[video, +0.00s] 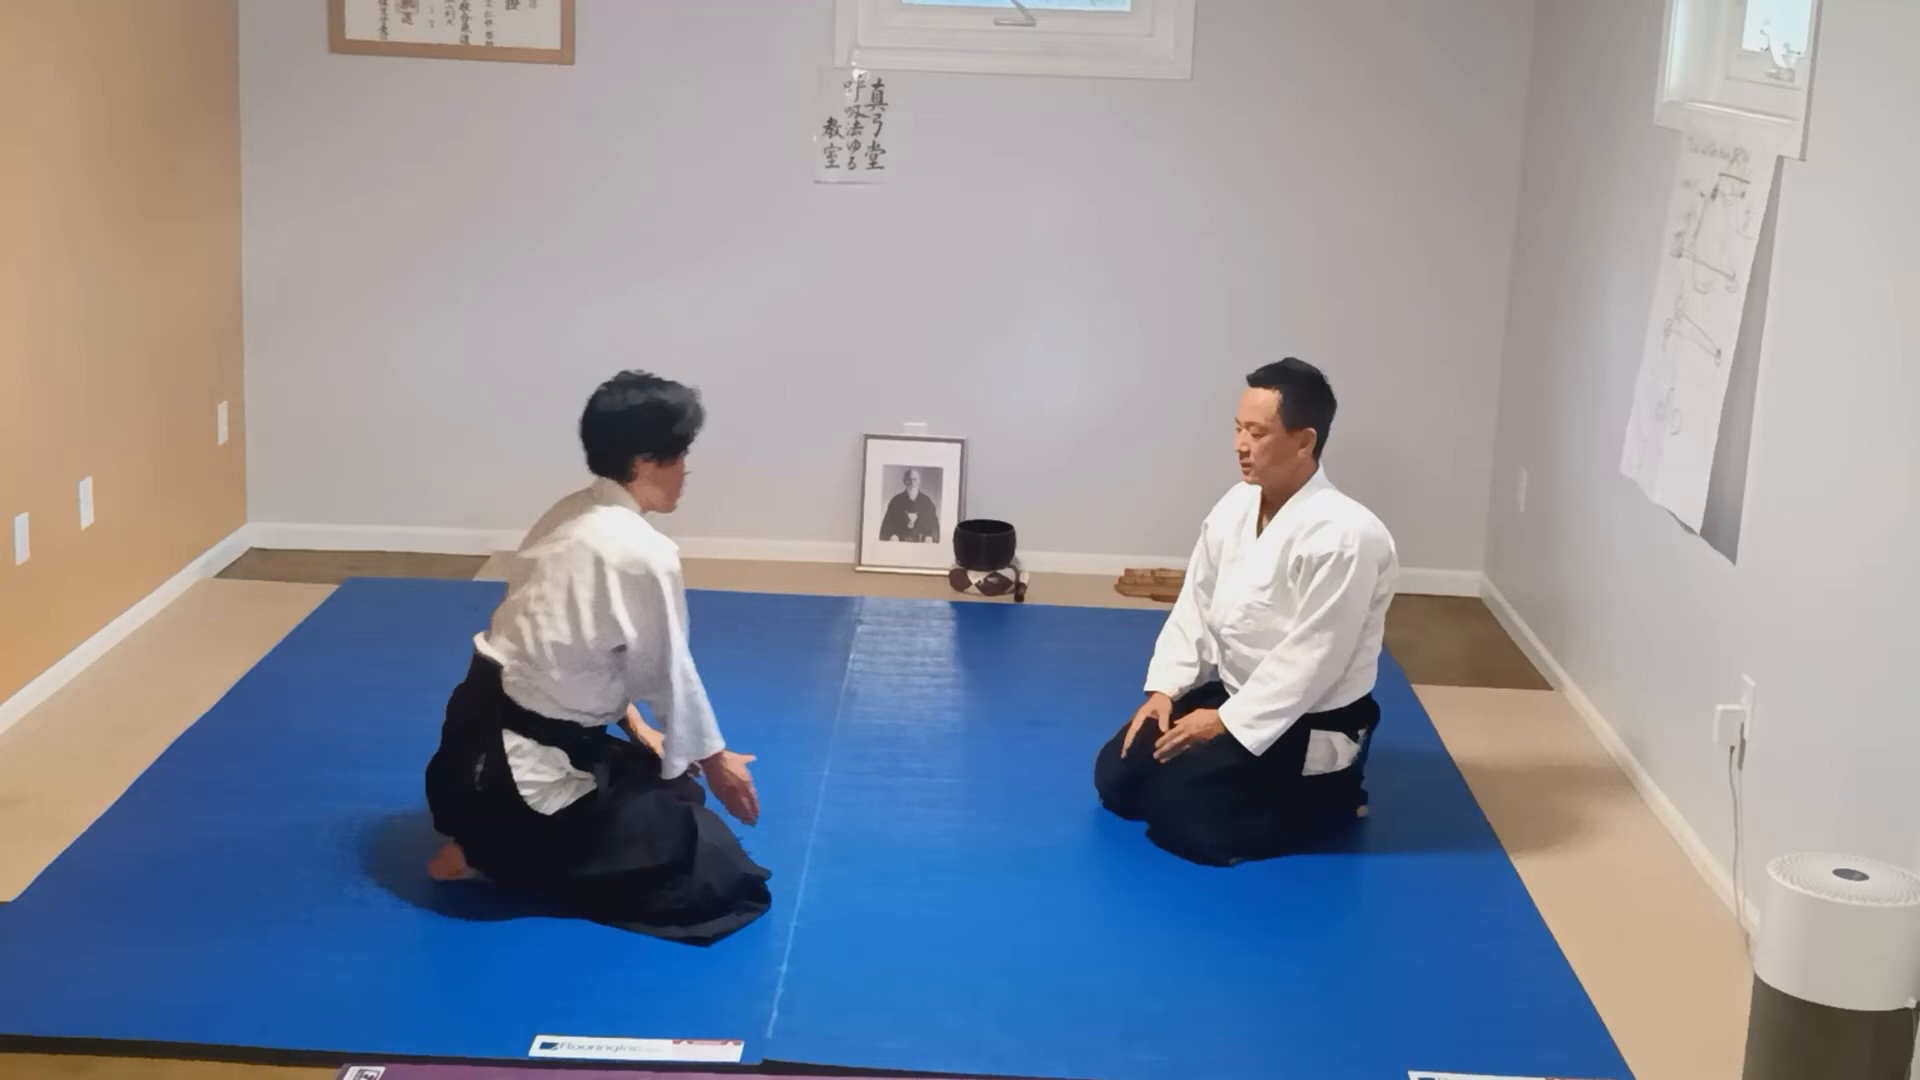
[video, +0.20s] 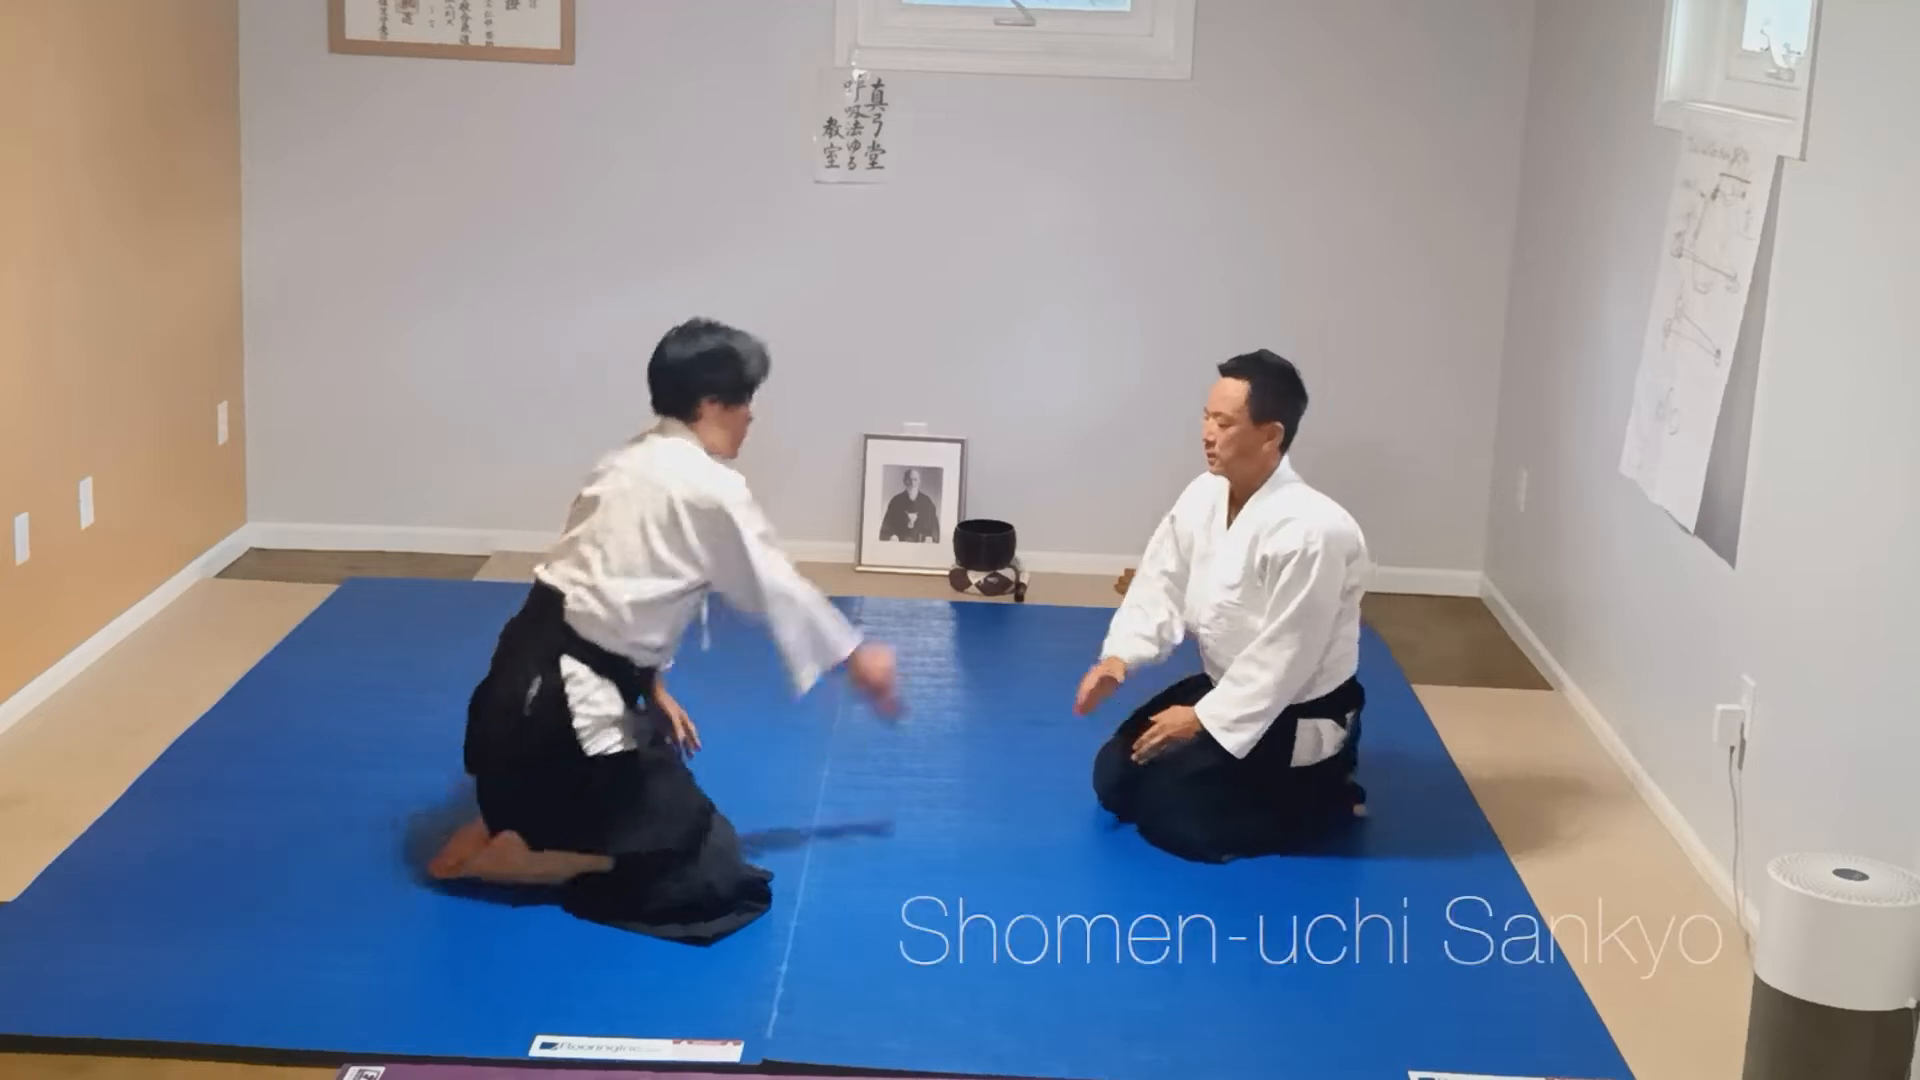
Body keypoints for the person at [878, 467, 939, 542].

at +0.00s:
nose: (912, 483)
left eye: (915, 480)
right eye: (909, 480)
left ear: (919, 482)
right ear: (904, 482)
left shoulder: (926, 501)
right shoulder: (896, 501)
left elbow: (933, 523)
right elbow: (886, 526)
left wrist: (931, 539)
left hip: (922, 545)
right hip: (899, 545)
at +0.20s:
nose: (912, 483)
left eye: (915, 480)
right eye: (909, 480)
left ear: (919, 482)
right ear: (904, 482)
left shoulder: (926, 501)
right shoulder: (896, 501)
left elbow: (933, 524)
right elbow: (886, 527)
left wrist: (931, 539)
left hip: (922, 546)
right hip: (899, 545)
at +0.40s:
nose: (912, 482)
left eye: (915, 479)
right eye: (908, 479)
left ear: (919, 481)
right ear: (904, 482)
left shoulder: (927, 502)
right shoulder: (896, 501)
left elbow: (934, 524)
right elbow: (887, 525)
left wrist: (934, 541)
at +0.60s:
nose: (912, 483)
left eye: (915, 480)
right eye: (908, 479)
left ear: (919, 482)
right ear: (904, 482)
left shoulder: (926, 502)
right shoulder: (896, 501)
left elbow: (934, 523)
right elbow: (887, 524)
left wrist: (933, 540)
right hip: (900, 545)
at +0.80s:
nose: (912, 483)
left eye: (915, 479)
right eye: (909, 479)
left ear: (919, 481)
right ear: (905, 482)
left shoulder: (927, 502)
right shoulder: (896, 501)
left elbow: (934, 525)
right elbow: (887, 526)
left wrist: (934, 542)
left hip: (922, 546)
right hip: (900, 545)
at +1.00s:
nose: (912, 483)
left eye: (915, 480)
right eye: (909, 480)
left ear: (919, 482)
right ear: (904, 482)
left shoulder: (927, 502)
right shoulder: (896, 501)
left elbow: (934, 525)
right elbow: (887, 525)